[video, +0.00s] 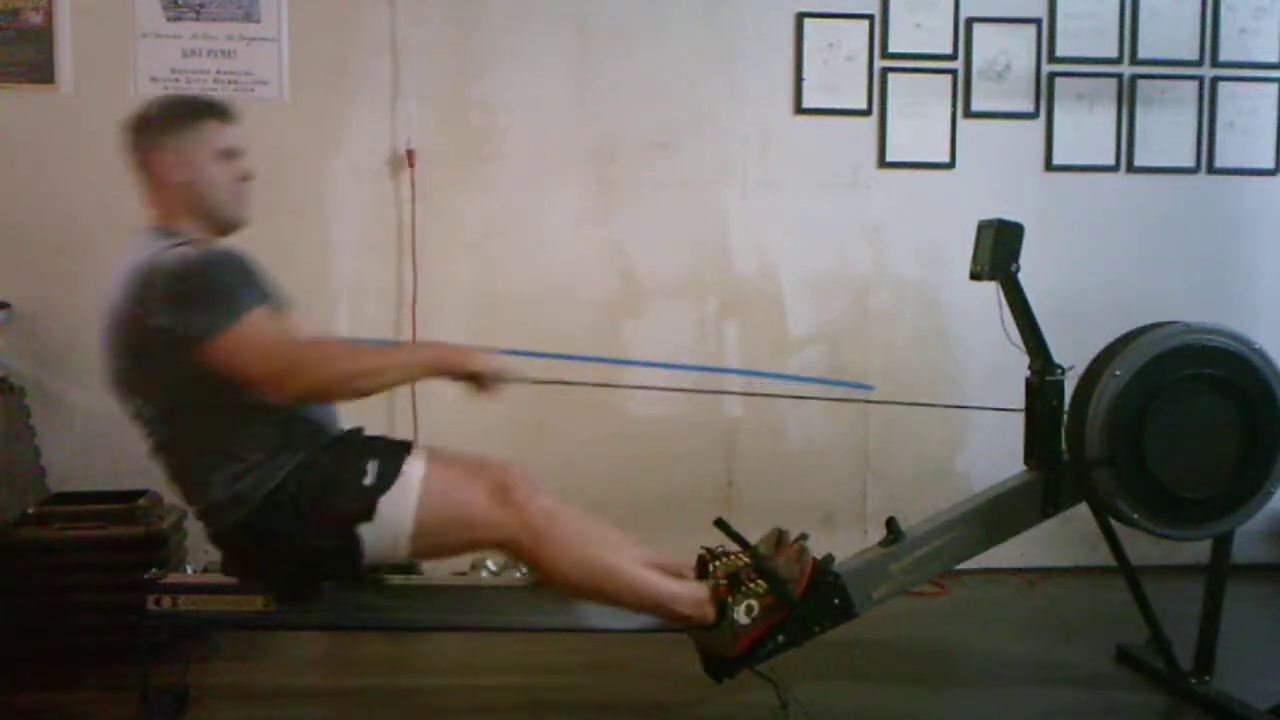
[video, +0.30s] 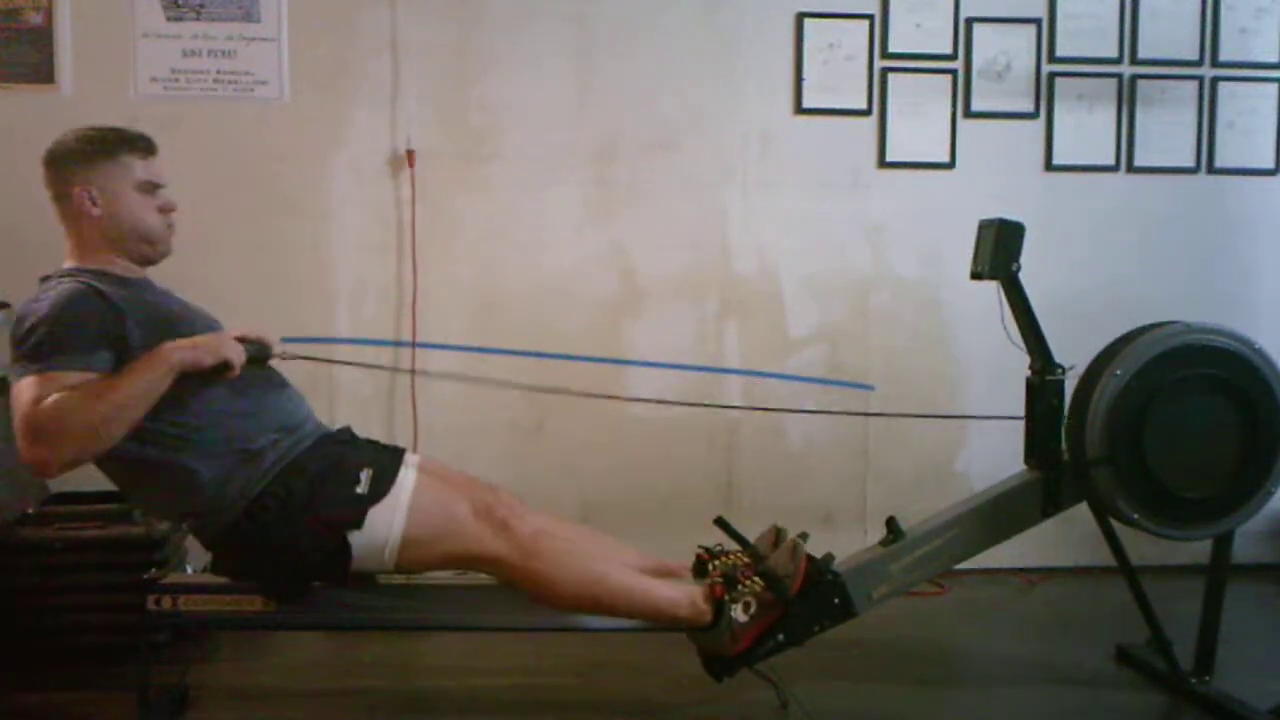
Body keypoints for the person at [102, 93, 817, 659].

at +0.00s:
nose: (244, 171)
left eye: (241, 155)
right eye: (225, 156)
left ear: (192, 173)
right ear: (162, 173)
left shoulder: (188, 268)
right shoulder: (181, 273)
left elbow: (292, 365)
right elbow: (287, 371)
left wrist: (426, 359)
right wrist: (439, 359)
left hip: (293, 483)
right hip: (287, 497)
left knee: (509, 493)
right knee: (509, 500)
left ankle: (704, 585)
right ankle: (710, 613)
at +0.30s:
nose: (167, 206)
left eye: (163, 190)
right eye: (146, 191)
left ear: (115, 206)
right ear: (86, 207)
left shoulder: (133, 297)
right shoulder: (74, 301)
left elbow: (159, 405)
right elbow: (45, 440)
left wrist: (232, 355)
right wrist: (171, 359)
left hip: (306, 469)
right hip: (274, 499)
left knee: (500, 511)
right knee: (492, 525)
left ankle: (702, 592)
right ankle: (709, 612)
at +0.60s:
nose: (215, 201)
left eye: (212, 184)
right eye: (197, 183)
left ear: (156, 192)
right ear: (133, 190)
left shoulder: (165, 289)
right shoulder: (117, 296)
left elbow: (208, 406)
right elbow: (164, 432)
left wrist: (314, 392)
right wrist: (306, 385)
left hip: (292, 477)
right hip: (271, 504)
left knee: (496, 503)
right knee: (492, 523)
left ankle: (703, 594)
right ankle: (709, 610)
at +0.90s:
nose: (313, 188)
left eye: (311, 171)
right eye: (297, 170)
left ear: (241, 176)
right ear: (237, 172)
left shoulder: (244, 264)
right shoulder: (219, 272)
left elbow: (367, 367)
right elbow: (361, 369)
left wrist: (490, 407)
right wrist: (496, 409)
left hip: (309, 479)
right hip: (282, 512)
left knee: (510, 480)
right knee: (507, 496)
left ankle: (701, 585)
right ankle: (706, 614)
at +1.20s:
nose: (441, 192)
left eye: (439, 176)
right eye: (426, 174)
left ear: (368, 179)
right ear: (371, 175)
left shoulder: (326, 256)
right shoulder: (351, 263)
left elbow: (494, 347)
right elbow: (500, 351)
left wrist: (622, 401)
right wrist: (633, 401)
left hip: (339, 501)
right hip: (353, 518)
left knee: (547, 427)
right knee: (560, 440)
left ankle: (698, 594)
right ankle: (709, 610)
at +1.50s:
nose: (586, 203)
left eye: (583, 186)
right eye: (572, 185)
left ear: (521, 192)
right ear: (522, 190)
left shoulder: (465, 262)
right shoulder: (505, 268)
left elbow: (638, 350)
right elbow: (655, 349)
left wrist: (758, 393)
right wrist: (798, 393)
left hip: (434, 519)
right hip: (463, 521)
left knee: (631, 387)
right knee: (642, 395)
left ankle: (706, 591)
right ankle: (713, 610)